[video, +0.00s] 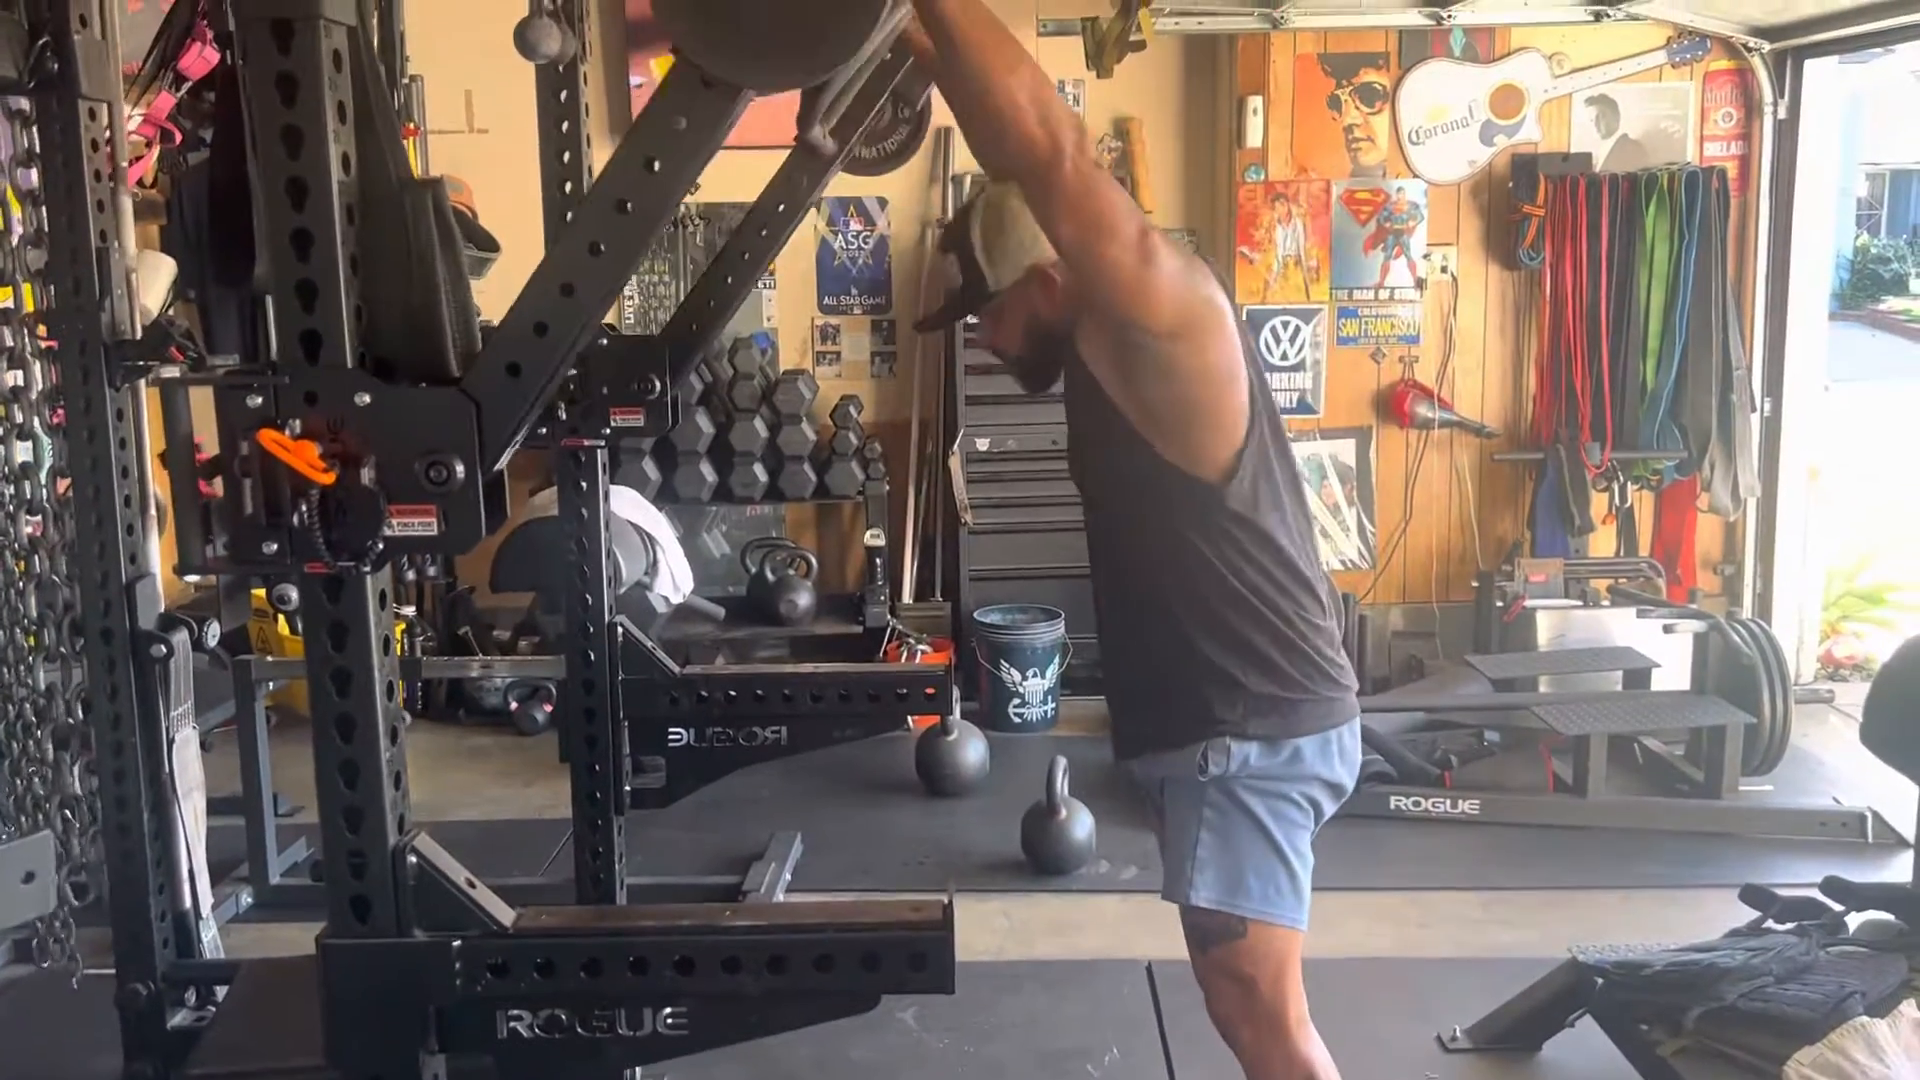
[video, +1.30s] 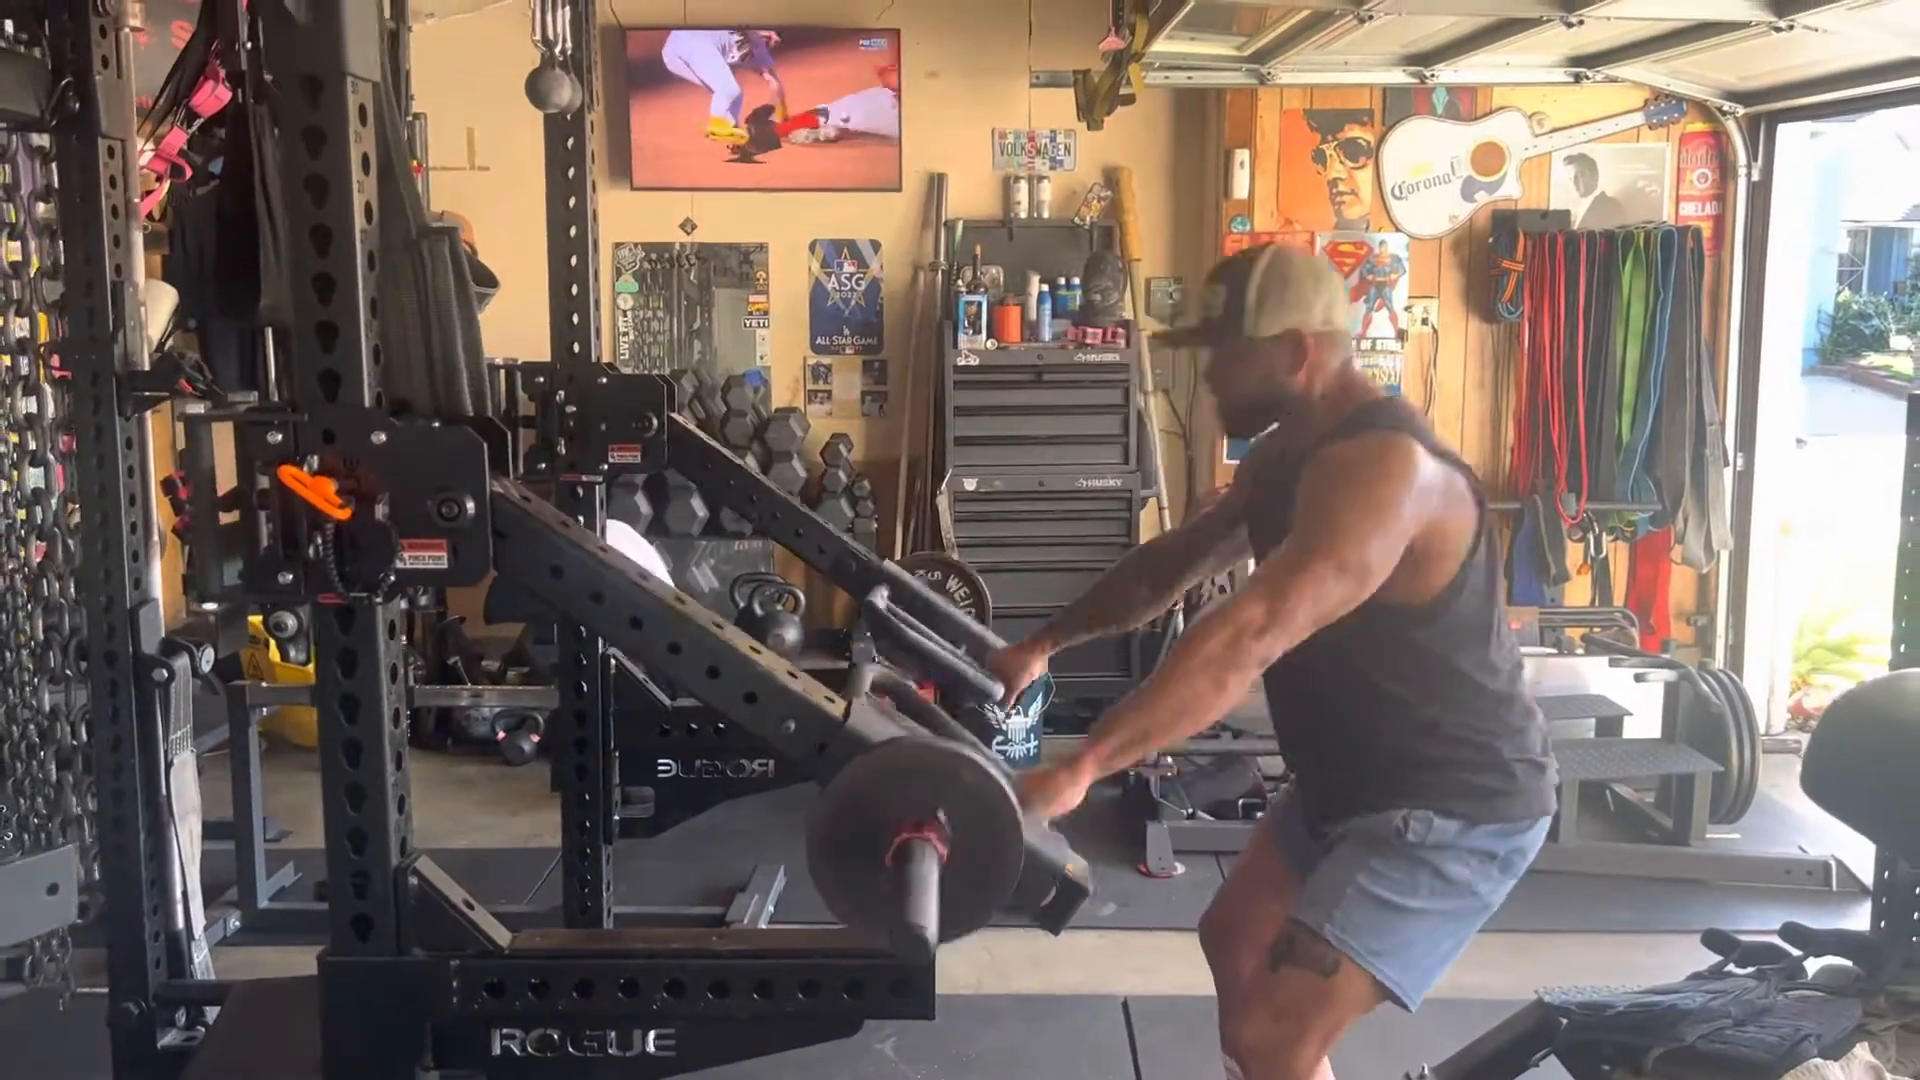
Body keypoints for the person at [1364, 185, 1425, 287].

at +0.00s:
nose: (1400, 196)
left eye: (1402, 194)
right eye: (1399, 194)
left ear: (1405, 195)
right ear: (1396, 195)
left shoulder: (1412, 206)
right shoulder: (1390, 206)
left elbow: (1420, 217)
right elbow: (1381, 217)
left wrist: (1413, 223)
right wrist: (1386, 224)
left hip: (1404, 231)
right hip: (1392, 231)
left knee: (1408, 255)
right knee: (1387, 256)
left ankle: (1415, 280)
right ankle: (1381, 281)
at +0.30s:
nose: (1398, 211)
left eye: (1399, 208)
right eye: (1396, 208)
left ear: (1402, 209)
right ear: (1393, 209)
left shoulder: (1409, 220)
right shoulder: (1387, 220)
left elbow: (1418, 231)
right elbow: (1378, 231)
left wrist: (1410, 238)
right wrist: (1383, 238)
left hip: (1402, 245)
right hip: (1390, 245)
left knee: (1406, 269)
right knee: (1384, 270)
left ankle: (1412, 294)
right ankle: (1378, 295)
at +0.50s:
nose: (1395, 219)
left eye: (1396, 216)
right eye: (1393, 216)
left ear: (1399, 217)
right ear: (1390, 217)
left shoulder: (1406, 228)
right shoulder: (1384, 228)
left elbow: (1414, 239)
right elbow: (1375, 239)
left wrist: (1407, 246)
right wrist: (1379, 246)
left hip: (1399, 252)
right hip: (1387, 252)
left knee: (1402, 277)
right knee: (1381, 277)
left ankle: (1408, 300)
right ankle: (1376, 300)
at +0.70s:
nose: (1391, 227)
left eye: (1392, 224)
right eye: (1389, 225)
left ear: (1395, 225)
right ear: (1386, 225)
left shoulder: (1402, 235)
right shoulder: (1381, 236)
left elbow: (1410, 247)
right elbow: (1371, 247)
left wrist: (1403, 253)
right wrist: (1376, 254)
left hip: (1394, 261)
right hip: (1383, 260)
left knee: (1398, 285)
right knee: (1377, 284)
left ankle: (1405, 308)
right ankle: (1371, 308)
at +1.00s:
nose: (1388, 240)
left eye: (1389, 238)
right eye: (1386, 238)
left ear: (1392, 238)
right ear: (1383, 238)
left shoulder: (1399, 248)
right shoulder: (1378, 248)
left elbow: (1407, 260)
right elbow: (1368, 259)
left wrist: (1400, 266)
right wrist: (1372, 266)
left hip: (1391, 273)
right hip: (1379, 273)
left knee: (1395, 297)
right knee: (1373, 298)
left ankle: (1401, 322)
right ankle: (1368, 322)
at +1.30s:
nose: (1383, 249)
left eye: (1385, 247)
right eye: (1381, 247)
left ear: (1387, 248)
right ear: (1379, 248)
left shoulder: (1394, 258)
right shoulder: (1373, 258)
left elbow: (1402, 270)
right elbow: (1364, 269)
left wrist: (1395, 276)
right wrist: (1368, 276)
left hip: (1387, 284)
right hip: (1375, 283)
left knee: (1390, 308)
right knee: (1369, 308)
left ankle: (1396, 332)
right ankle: (1363, 332)